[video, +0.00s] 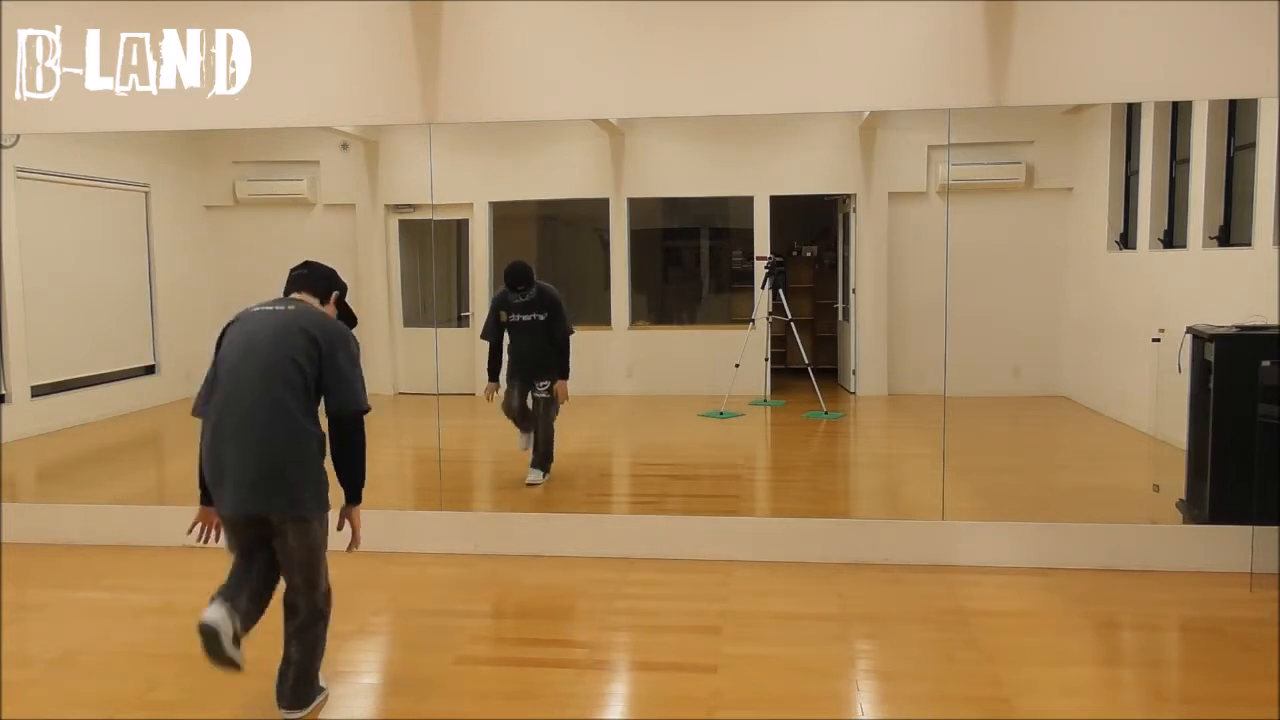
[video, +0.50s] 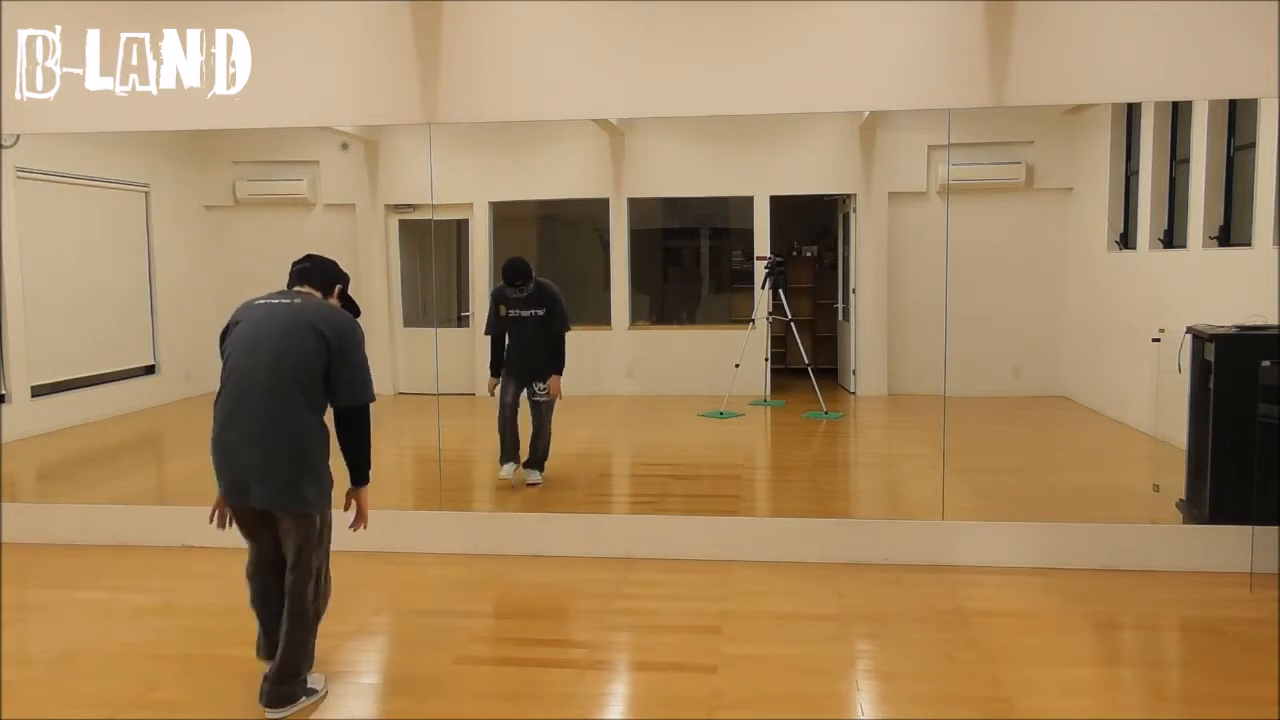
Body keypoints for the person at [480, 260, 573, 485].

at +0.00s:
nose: (521, 296)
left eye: (525, 292)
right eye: (516, 292)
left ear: (533, 284)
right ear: (508, 287)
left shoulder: (549, 297)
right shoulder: (501, 301)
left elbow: (563, 337)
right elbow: (495, 342)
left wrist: (563, 377)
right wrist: (493, 379)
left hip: (547, 363)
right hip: (519, 362)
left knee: (544, 416)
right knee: (511, 406)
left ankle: (540, 466)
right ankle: (528, 426)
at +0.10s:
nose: (521, 299)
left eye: (525, 295)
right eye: (516, 296)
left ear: (533, 286)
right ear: (508, 289)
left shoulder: (549, 298)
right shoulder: (501, 302)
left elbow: (559, 340)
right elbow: (496, 343)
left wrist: (561, 378)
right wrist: (493, 380)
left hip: (547, 361)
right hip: (517, 360)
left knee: (545, 416)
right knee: (508, 396)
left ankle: (539, 466)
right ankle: (521, 422)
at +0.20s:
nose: (521, 297)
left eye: (524, 292)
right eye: (515, 293)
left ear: (532, 283)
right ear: (507, 286)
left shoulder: (549, 292)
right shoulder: (500, 295)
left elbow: (560, 332)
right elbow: (495, 334)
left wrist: (559, 370)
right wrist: (491, 370)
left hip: (545, 359)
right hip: (516, 357)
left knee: (544, 415)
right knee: (504, 405)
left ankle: (540, 466)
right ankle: (511, 445)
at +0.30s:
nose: (518, 293)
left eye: (522, 288)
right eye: (513, 289)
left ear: (530, 280)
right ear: (506, 282)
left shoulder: (548, 287)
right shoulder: (500, 288)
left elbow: (560, 327)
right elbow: (495, 327)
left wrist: (559, 364)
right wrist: (491, 363)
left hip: (546, 364)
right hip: (516, 362)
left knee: (545, 421)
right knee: (509, 417)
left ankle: (534, 467)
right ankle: (504, 469)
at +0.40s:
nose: (519, 293)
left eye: (522, 289)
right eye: (513, 289)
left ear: (530, 279)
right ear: (506, 282)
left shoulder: (550, 289)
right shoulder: (501, 290)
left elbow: (560, 330)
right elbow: (497, 330)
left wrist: (558, 368)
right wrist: (493, 366)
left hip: (545, 364)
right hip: (516, 362)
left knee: (543, 421)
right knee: (510, 417)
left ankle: (534, 468)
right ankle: (505, 467)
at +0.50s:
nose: (520, 292)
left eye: (524, 288)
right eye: (515, 289)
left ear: (531, 279)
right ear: (507, 283)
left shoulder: (549, 293)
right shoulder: (500, 295)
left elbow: (559, 336)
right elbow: (497, 337)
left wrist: (557, 374)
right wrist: (495, 373)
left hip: (544, 364)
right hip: (515, 362)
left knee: (542, 420)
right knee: (506, 407)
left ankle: (535, 467)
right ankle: (509, 460)